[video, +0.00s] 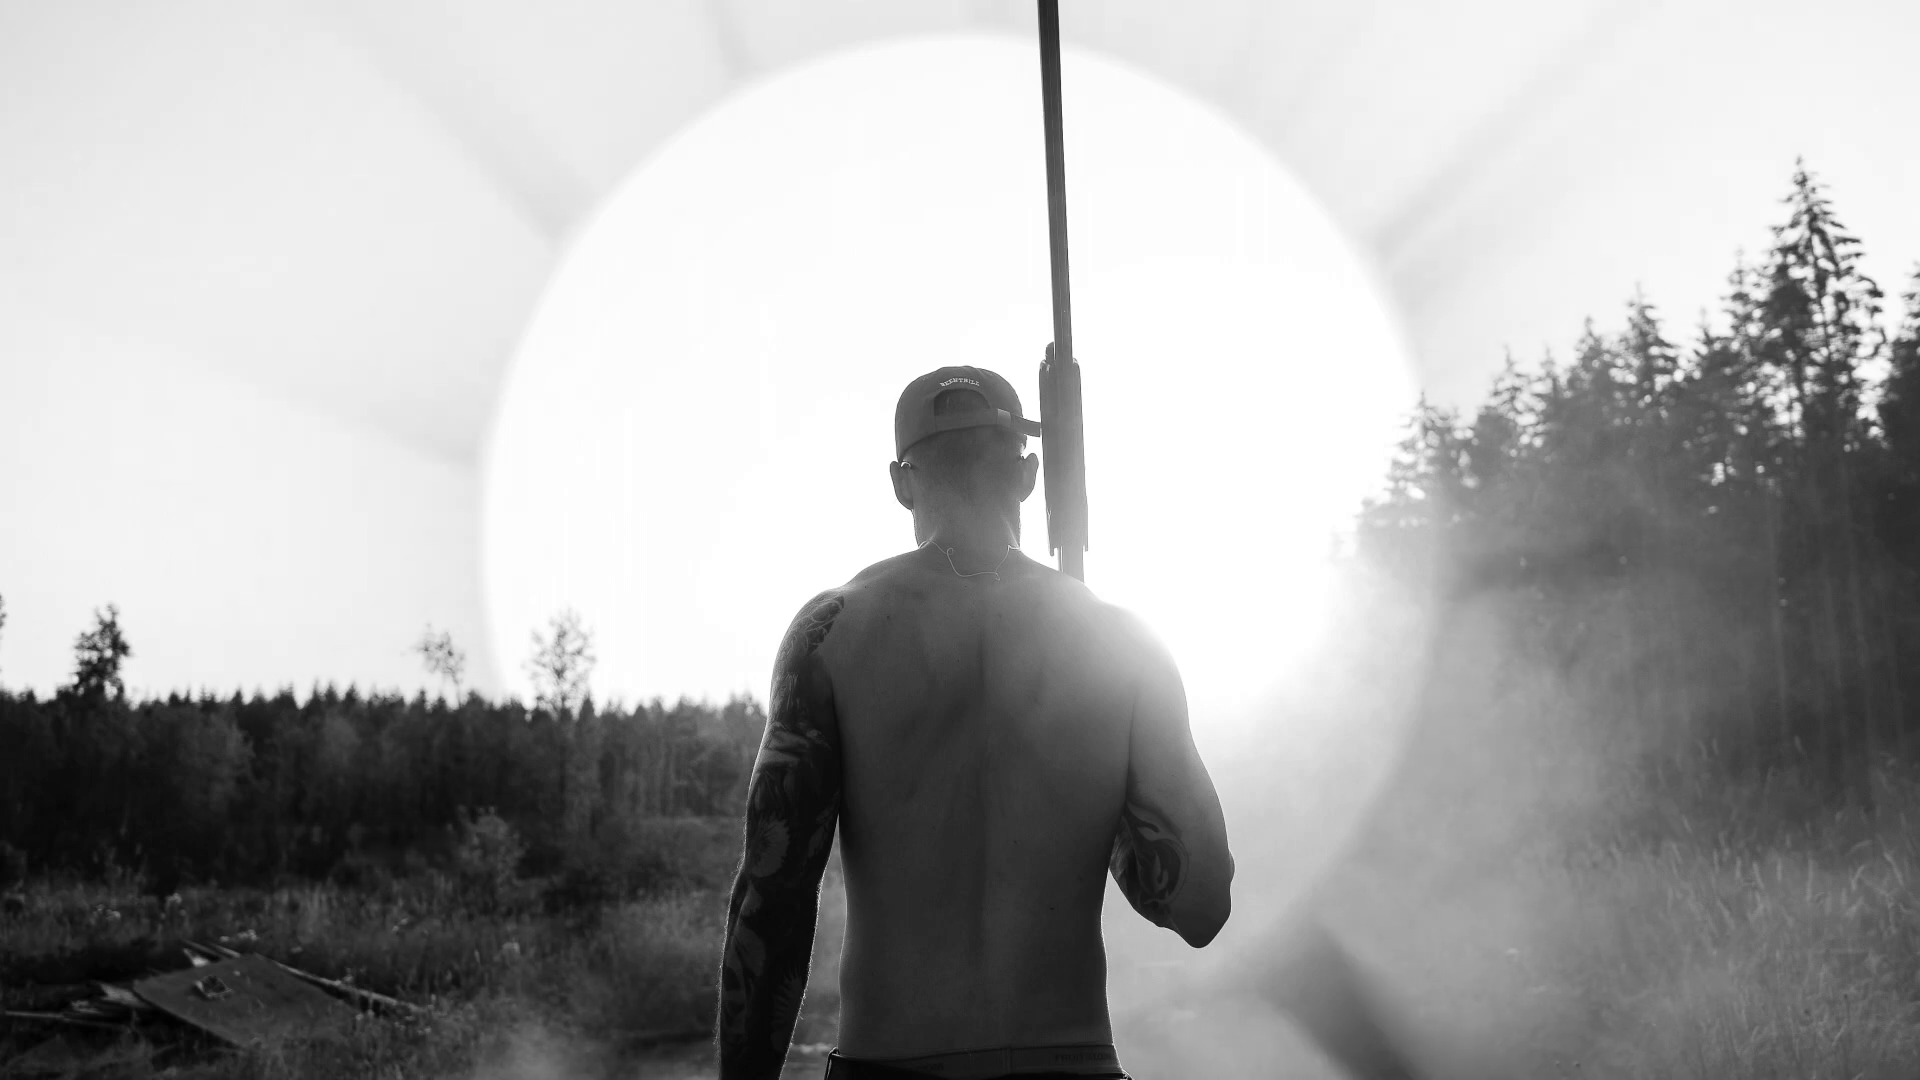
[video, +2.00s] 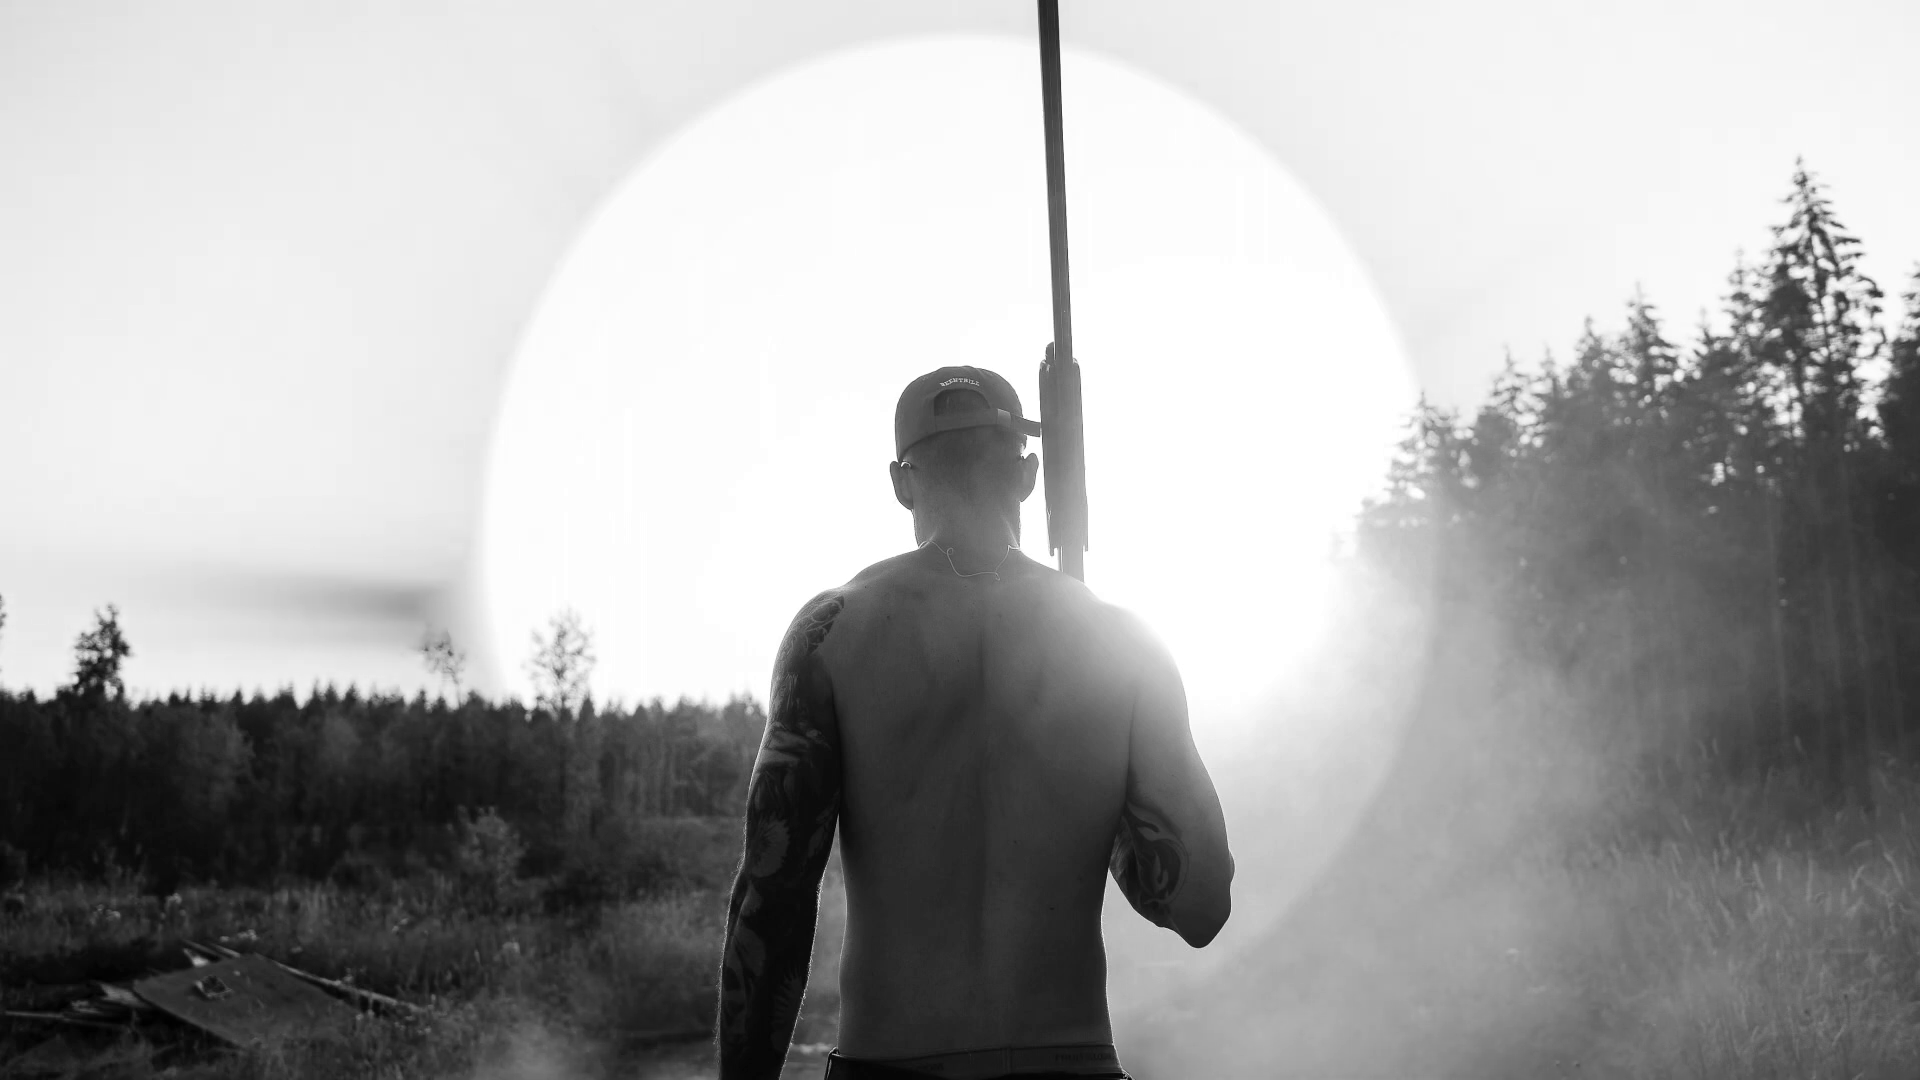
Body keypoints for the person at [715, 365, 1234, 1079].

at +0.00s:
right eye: (1017, 450)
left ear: (903, 486)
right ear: (1027, 476)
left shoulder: (832, 630)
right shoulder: (1121, 641)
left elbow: (773, 884)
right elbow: (1201, 904)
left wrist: (747, 1063)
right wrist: (1102, 803)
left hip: (887, 1045)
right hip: (1068, 1045)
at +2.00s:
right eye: (1017, 450)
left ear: (903, 486)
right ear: (1027, 476)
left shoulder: (832, 630)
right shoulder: (1121, 641)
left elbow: (773, 884)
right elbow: (1201, 904)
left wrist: (747, 1063)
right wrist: (1102, 803)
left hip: (887, 1045)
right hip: (1067, 1045)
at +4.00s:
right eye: (1015, 448)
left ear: (903, 486)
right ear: (1028, 477)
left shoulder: (831, 630)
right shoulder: (1121, 641)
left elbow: (773, 886)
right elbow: (1201, 905)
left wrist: (747, 1063)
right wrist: (1101, 800)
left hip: (886, 1046)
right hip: (1068, 1046)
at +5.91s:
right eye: (1015, 449)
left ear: (903, 486)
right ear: (1028, 477)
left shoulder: (831, 630)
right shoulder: (1121, 641)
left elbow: (773, 885)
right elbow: (1201, 905)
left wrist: (747, 1062)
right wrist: (1101, 800)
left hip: (886, 1046)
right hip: (1068, 1046)